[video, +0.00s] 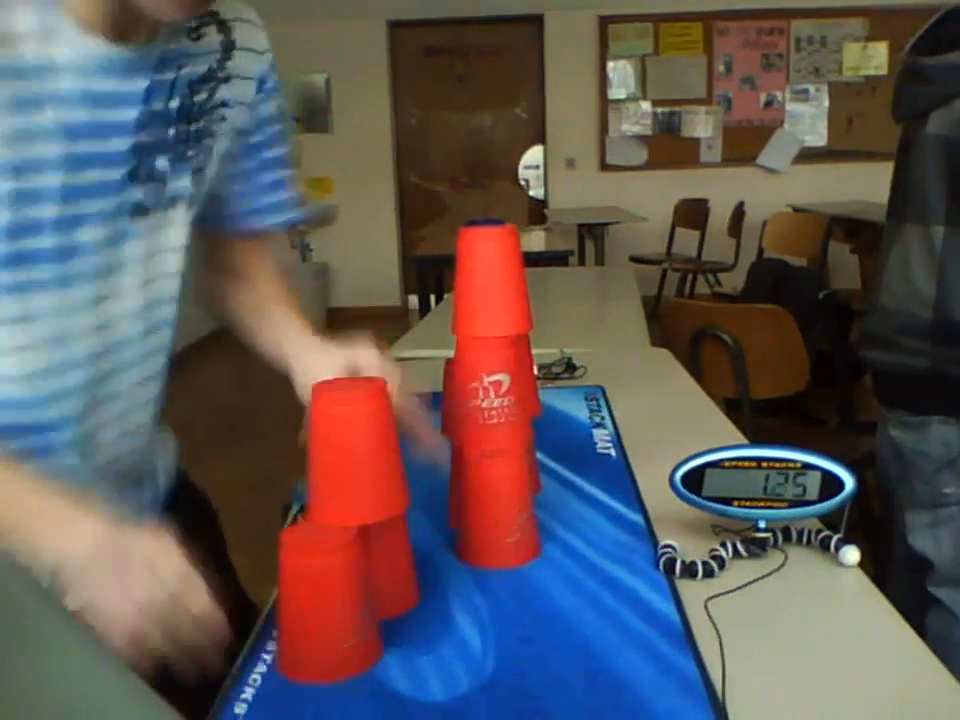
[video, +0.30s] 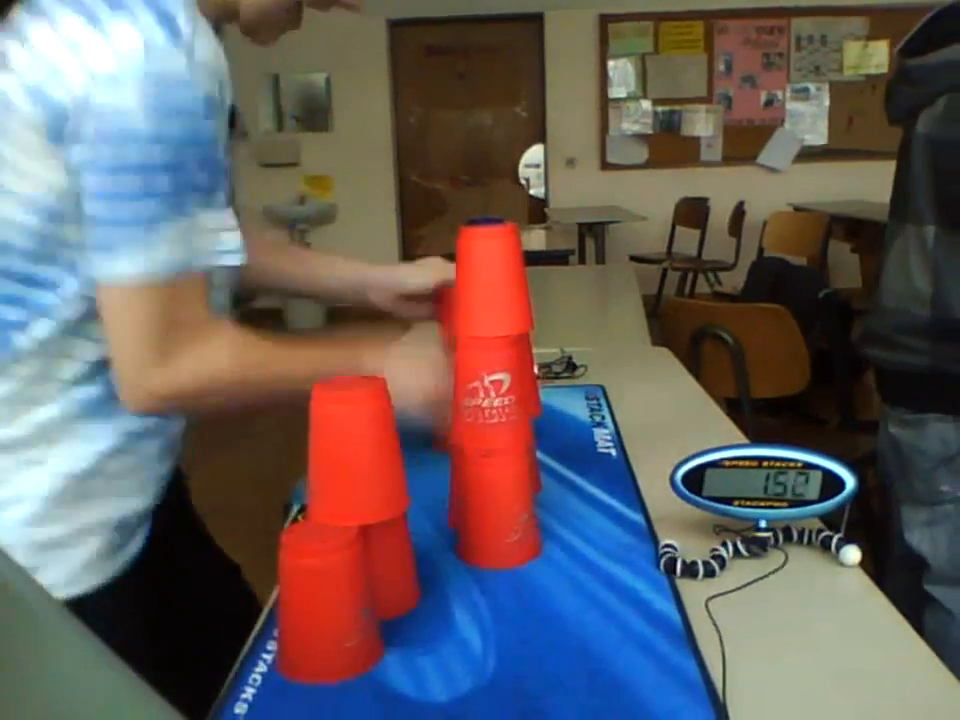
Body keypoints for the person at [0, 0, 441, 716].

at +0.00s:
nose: (198, 4)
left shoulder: (231, 45)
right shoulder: (15, 46)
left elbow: (234, 253)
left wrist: (308, 354)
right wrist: (79, 545)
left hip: (145, 498)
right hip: (20, 542)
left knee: (245, 682)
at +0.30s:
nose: (335, 8)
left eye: (332, 5)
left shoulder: (161, 40)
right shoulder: (139, 60)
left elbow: (209, 239)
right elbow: (159, 365)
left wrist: (375, 284)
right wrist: (380, 364)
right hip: (64, 543)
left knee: (263, 676)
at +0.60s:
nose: (334, 5)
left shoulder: (235, 64)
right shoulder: (57, 52)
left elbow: (239, 291)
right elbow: (84, 368)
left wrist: (421, 360)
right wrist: (373, 463)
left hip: (149, 496)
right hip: (35, 547)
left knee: (274, 689)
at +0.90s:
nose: (274, 4)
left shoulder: (199, 50)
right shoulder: (16, 39)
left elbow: (151, 254)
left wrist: (292, 380)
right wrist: (182, 453)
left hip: (157, 502)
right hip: (35, 549)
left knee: (259, 691)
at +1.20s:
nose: (298, 6)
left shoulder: (183, 28)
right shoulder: (84, 15)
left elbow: (172, 237)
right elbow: (102, 299)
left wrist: (336, 343)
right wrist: (356, 318)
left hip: (135, 476)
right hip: (43, 530)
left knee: (259, 690)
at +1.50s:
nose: (311, 2)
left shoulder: (218, 32)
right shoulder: (72, 15)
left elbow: (150, 238)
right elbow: (39, 277)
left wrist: (276, 324)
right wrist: (334, 386)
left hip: (147, 488)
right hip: (39, 546)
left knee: (262, 693)